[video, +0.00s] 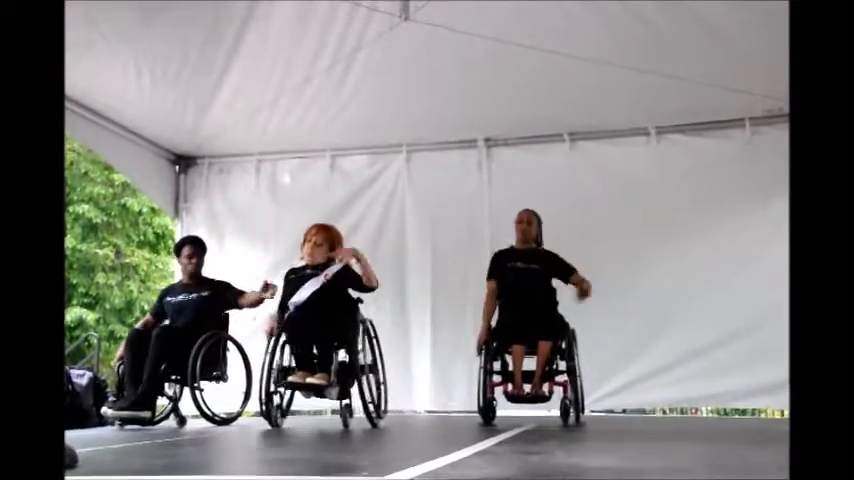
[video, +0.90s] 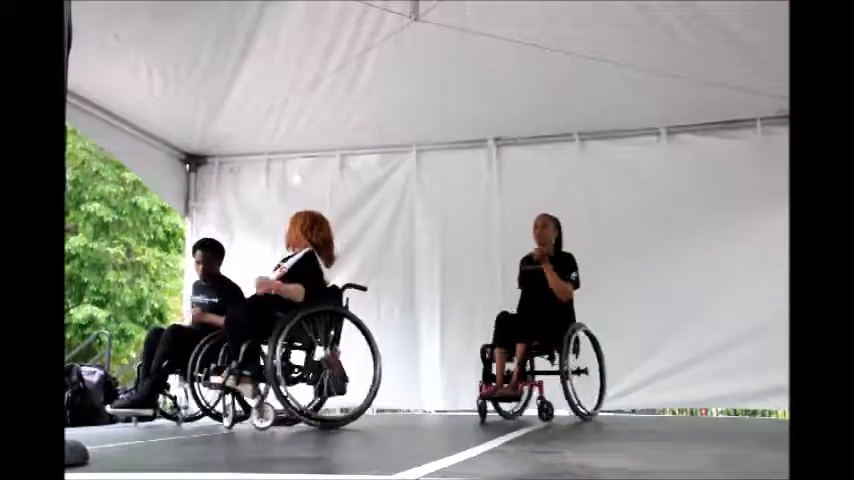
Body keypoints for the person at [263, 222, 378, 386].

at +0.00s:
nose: (310, 248)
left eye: (318, 245)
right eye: (308, 242)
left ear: (331, 253)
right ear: (303, 246)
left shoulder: (340, 271)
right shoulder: (293, 274)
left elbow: (370, 286)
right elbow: (284, 306)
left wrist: (359, 258)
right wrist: (275, 324)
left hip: (334, 318)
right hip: (305, 319)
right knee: (294, 320)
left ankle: (323, 373)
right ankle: (303, 370)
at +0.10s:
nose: (309, 247)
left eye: (317, 244)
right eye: (307, 241)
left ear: (331, 251)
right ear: (302, 245)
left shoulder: (339, 270)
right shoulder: (291, 273)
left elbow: (372, 285)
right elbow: (280, 305)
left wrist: (374, 258)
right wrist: (270, 325)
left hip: (332, 318)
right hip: (302, 317)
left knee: (319, 323)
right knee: (291, 320)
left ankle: (318, 371)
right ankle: (299, 368)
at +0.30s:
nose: (308, 243)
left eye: (317, 241)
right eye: (306, 238)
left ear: (330, 249)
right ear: (301, 241)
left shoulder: (337, 270)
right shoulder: (287, 271)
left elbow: (372, 285)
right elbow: (272, 306)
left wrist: (397, 259)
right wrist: (256, 327)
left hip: (324, 318)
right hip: (292, 317)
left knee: (295, 318)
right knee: (280, 316)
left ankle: (300, 371)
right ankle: (285, 369)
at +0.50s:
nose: (302, 241)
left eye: (310, 237)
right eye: (301, 235)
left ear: (326, 243)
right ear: (297, 238)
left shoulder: (332, 268)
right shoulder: (285, 269)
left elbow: (361, 286)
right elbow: (267, 302)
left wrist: (385, 259)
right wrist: (248, 328)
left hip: (314, 317)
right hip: (284, 315)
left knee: (273, 317)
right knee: (263, 319)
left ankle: (274, 373)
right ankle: (270, 371)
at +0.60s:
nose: (295, 237)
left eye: (303, 234)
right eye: (297, 233)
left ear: (320, 240)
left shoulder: (328, 265)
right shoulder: (286, 267)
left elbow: (347, 289)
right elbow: (268, 300)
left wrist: (368, 261)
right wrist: (244, 327)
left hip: (311, 314)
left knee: (263, 318)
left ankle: (263, 372)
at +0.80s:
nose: (291, 236)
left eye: (295, 231)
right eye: (292, 231)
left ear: (305, 233)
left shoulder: (313, 260)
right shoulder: (298, 259)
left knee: (248, 317)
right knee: (253, 317)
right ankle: (258, 377)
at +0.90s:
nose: (288, 232)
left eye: (292, 228)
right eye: (289, 228)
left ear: (302, 231)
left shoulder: (309, 257)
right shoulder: (291, 258)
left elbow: (306, 292)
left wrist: (275, 286)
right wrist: (267, 286)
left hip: (301, 318)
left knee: (244, 313)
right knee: (245, 313)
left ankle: (235, 370)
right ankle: (245, 376)